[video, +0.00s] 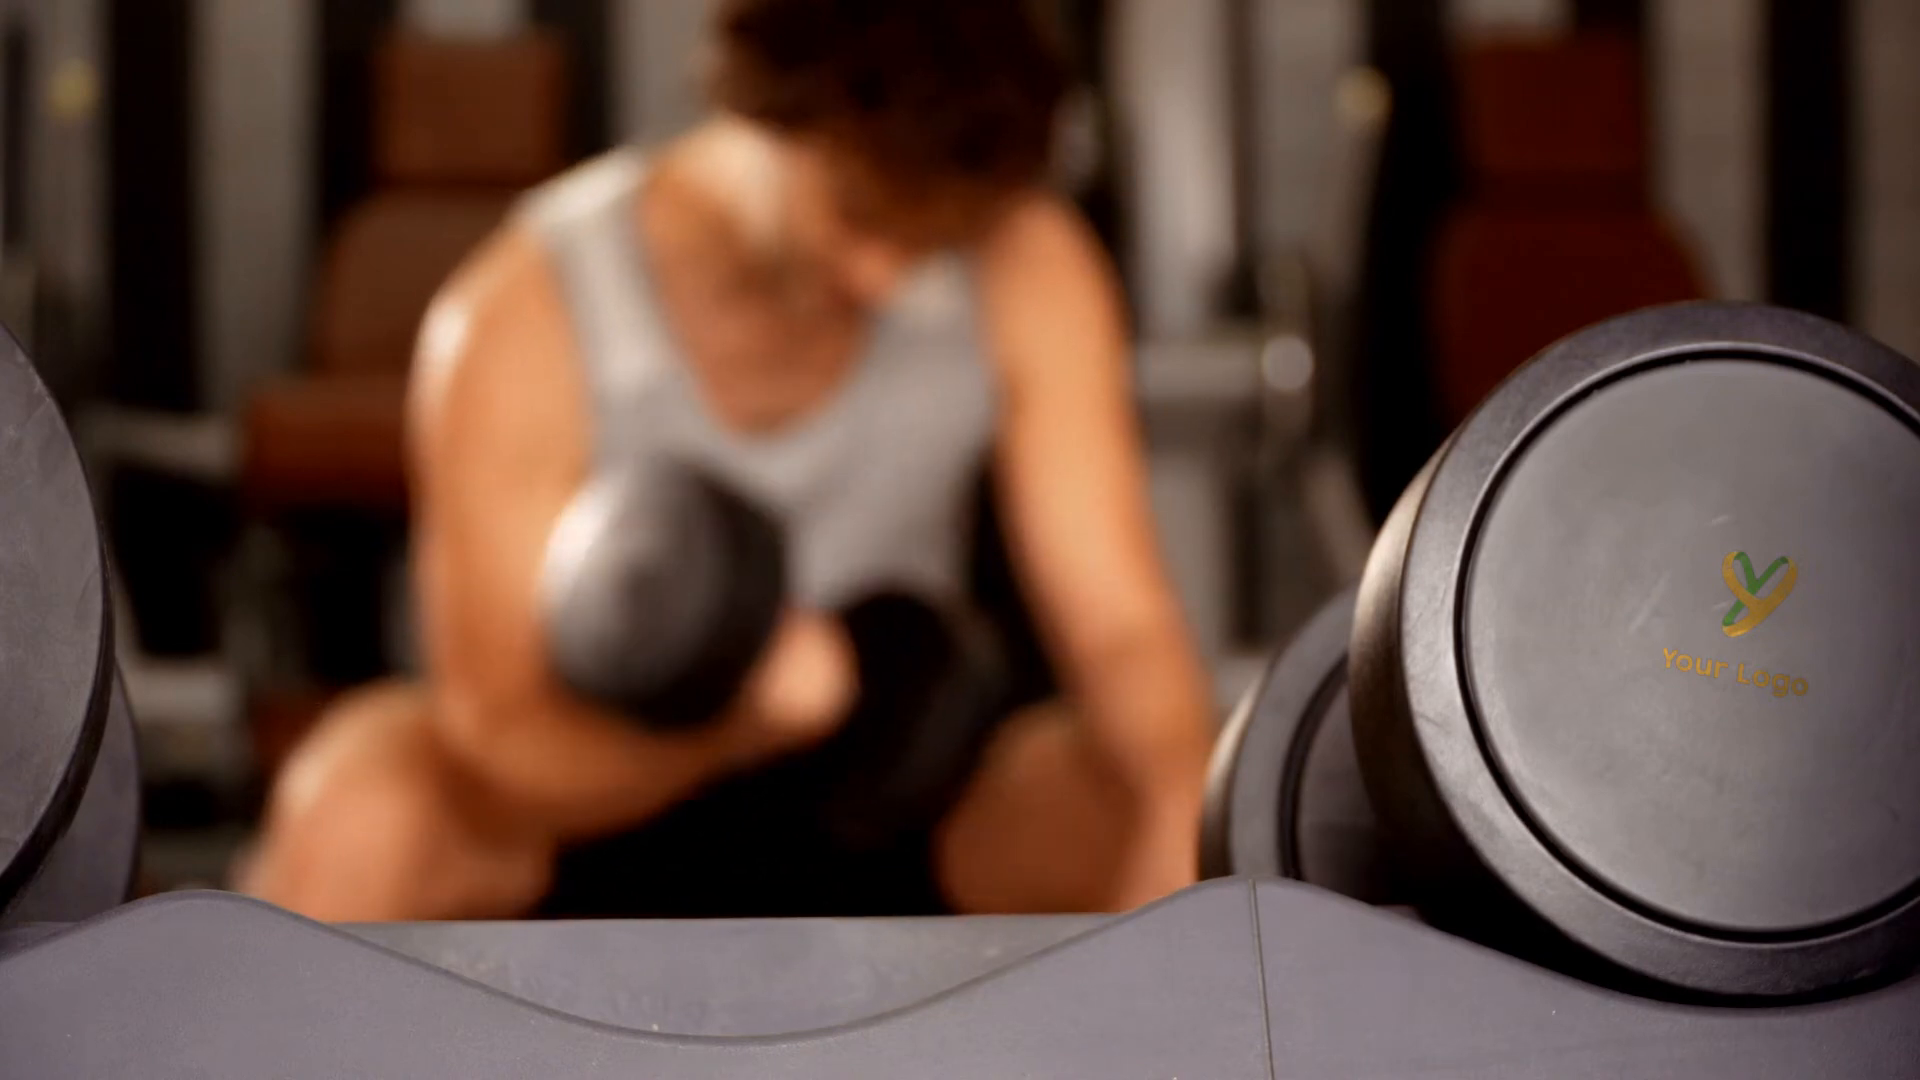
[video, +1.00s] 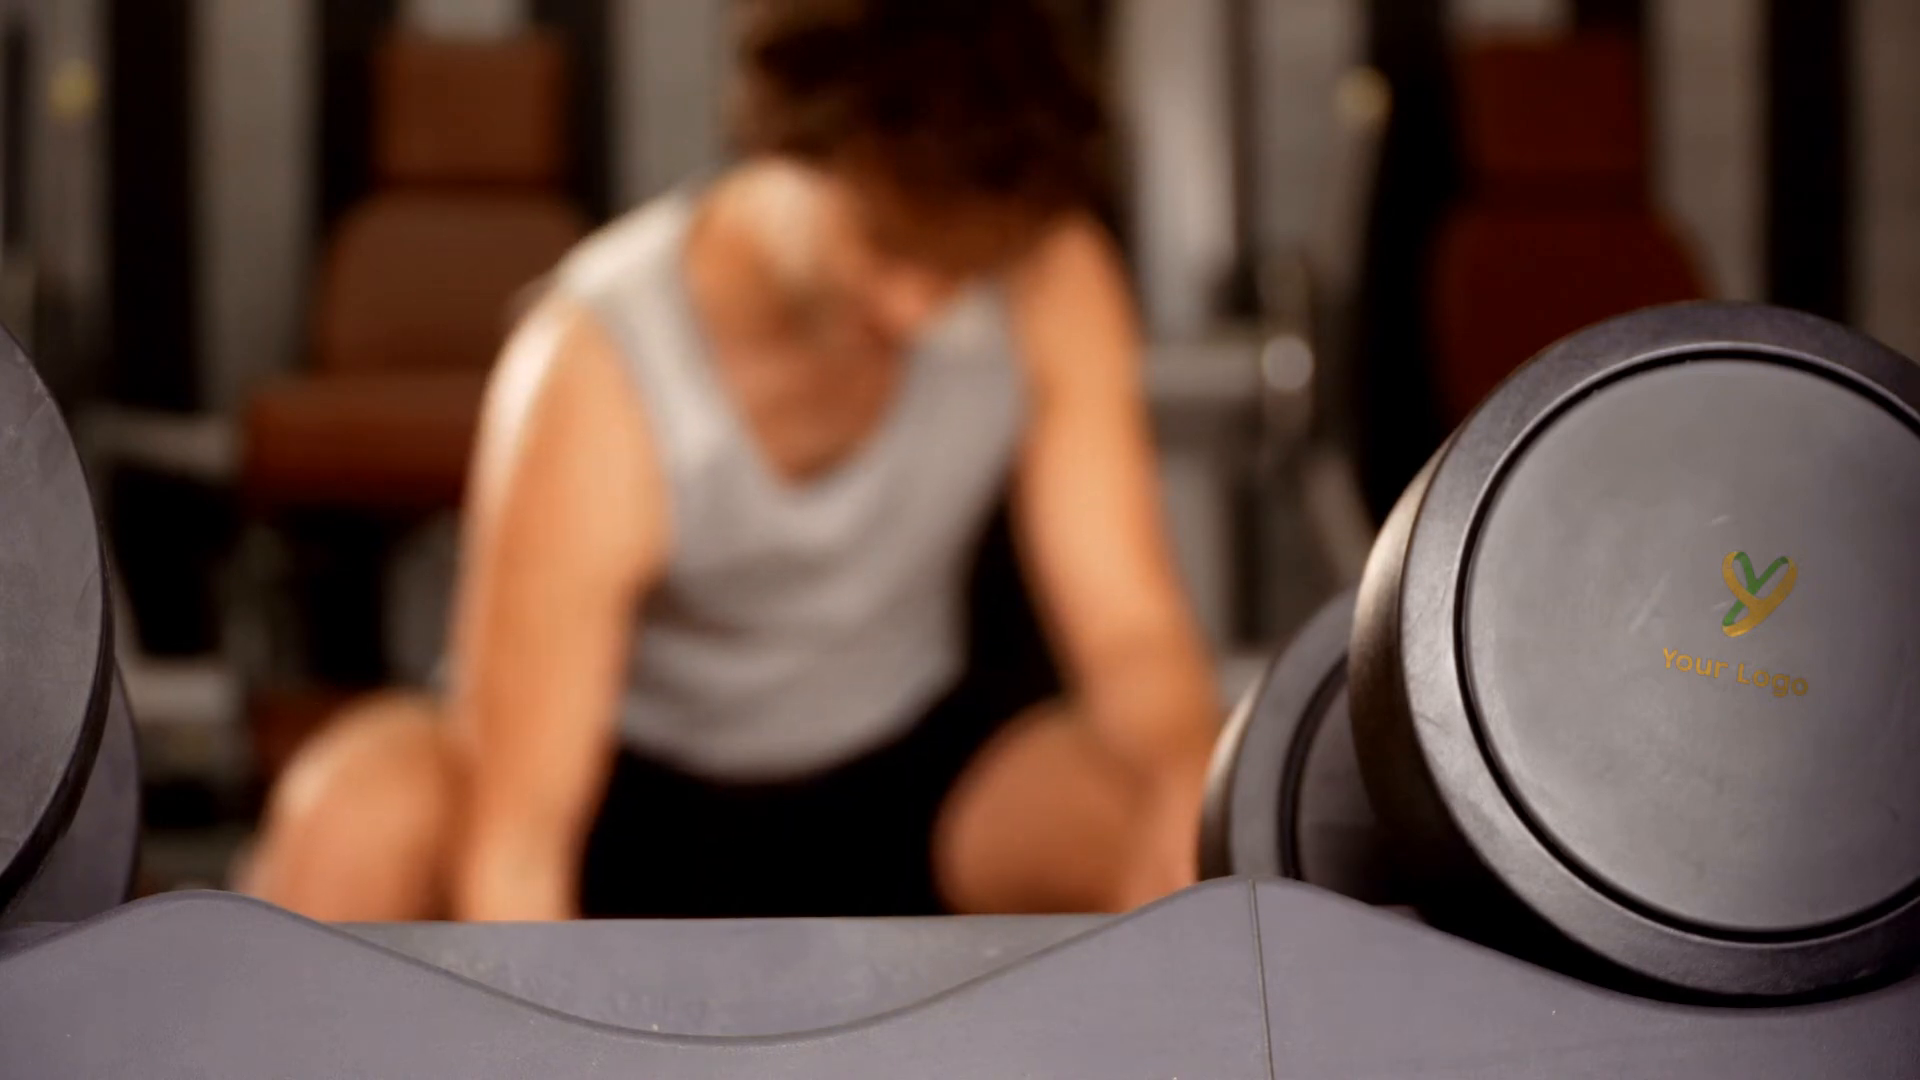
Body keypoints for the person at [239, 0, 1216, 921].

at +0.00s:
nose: (884, 277)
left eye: (930, 239)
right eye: (859, 223)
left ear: (984, 185)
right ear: (772, 128)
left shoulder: (1019, 259)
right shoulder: (518, 316)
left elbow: (1122, 629)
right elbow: (511, 752)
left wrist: (1183, 834)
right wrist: (751, 718)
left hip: (888, 783)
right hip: (593, 798)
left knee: (1184, 807)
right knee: (358, 797)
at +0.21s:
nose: (905, 272)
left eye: (955, 233)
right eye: (879, 215)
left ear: (1010, 180)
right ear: (799, 119)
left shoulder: (1042, 255)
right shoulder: (562, 313)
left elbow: (1126, 631)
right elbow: (514, 764)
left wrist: (1201, 806)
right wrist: (734, 897)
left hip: (907, 770)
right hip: (625, 782)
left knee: (1199, 815)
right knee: (358, 797)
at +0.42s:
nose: (921, 288)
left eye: (976, 246)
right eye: (896, 227)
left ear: (1031, 199)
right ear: (810, 129)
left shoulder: (1055, 264)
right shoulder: (592, 320)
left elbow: (1135, 642)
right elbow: (521, 794)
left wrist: (1209, 832)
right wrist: (634, 1052)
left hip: (901, 778)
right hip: (626, 789)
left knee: (1193, 816)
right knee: (365, 800)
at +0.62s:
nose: (923, 308)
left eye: (977, 264)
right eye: (897, 244)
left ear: (1032, 223)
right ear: (806, 144)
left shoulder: (1054, 273)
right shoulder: (595, 349)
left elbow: (1138, 646)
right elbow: (524, 817)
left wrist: (1207, 841)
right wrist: (573, 1068)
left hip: (901, 781)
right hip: (623, 795)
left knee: (1191, 815)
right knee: (362, 801)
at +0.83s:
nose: (916, 313)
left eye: (967, 269)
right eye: (888, 250)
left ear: (1022, 227)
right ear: (796, 151)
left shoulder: (1045, 271)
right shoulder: (588, 360)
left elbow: (1134, 644)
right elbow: (525, 822)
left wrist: (1217, 837)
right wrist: (541, 1074)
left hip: (901, 783)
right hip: (622, 798)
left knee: (1193, 814)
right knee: (357, 802)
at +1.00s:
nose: (917, 311)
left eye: (968, 267)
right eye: (888, 249)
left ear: (1023, 224)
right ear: (796, 152)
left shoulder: (1044, 269)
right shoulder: (591, 365)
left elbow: (1133, 644)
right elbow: (521, 832)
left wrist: (1203, 843)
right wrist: (531, 1079)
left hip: (900, 785)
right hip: (622, 801)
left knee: (1192, 811)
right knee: (355, 798)